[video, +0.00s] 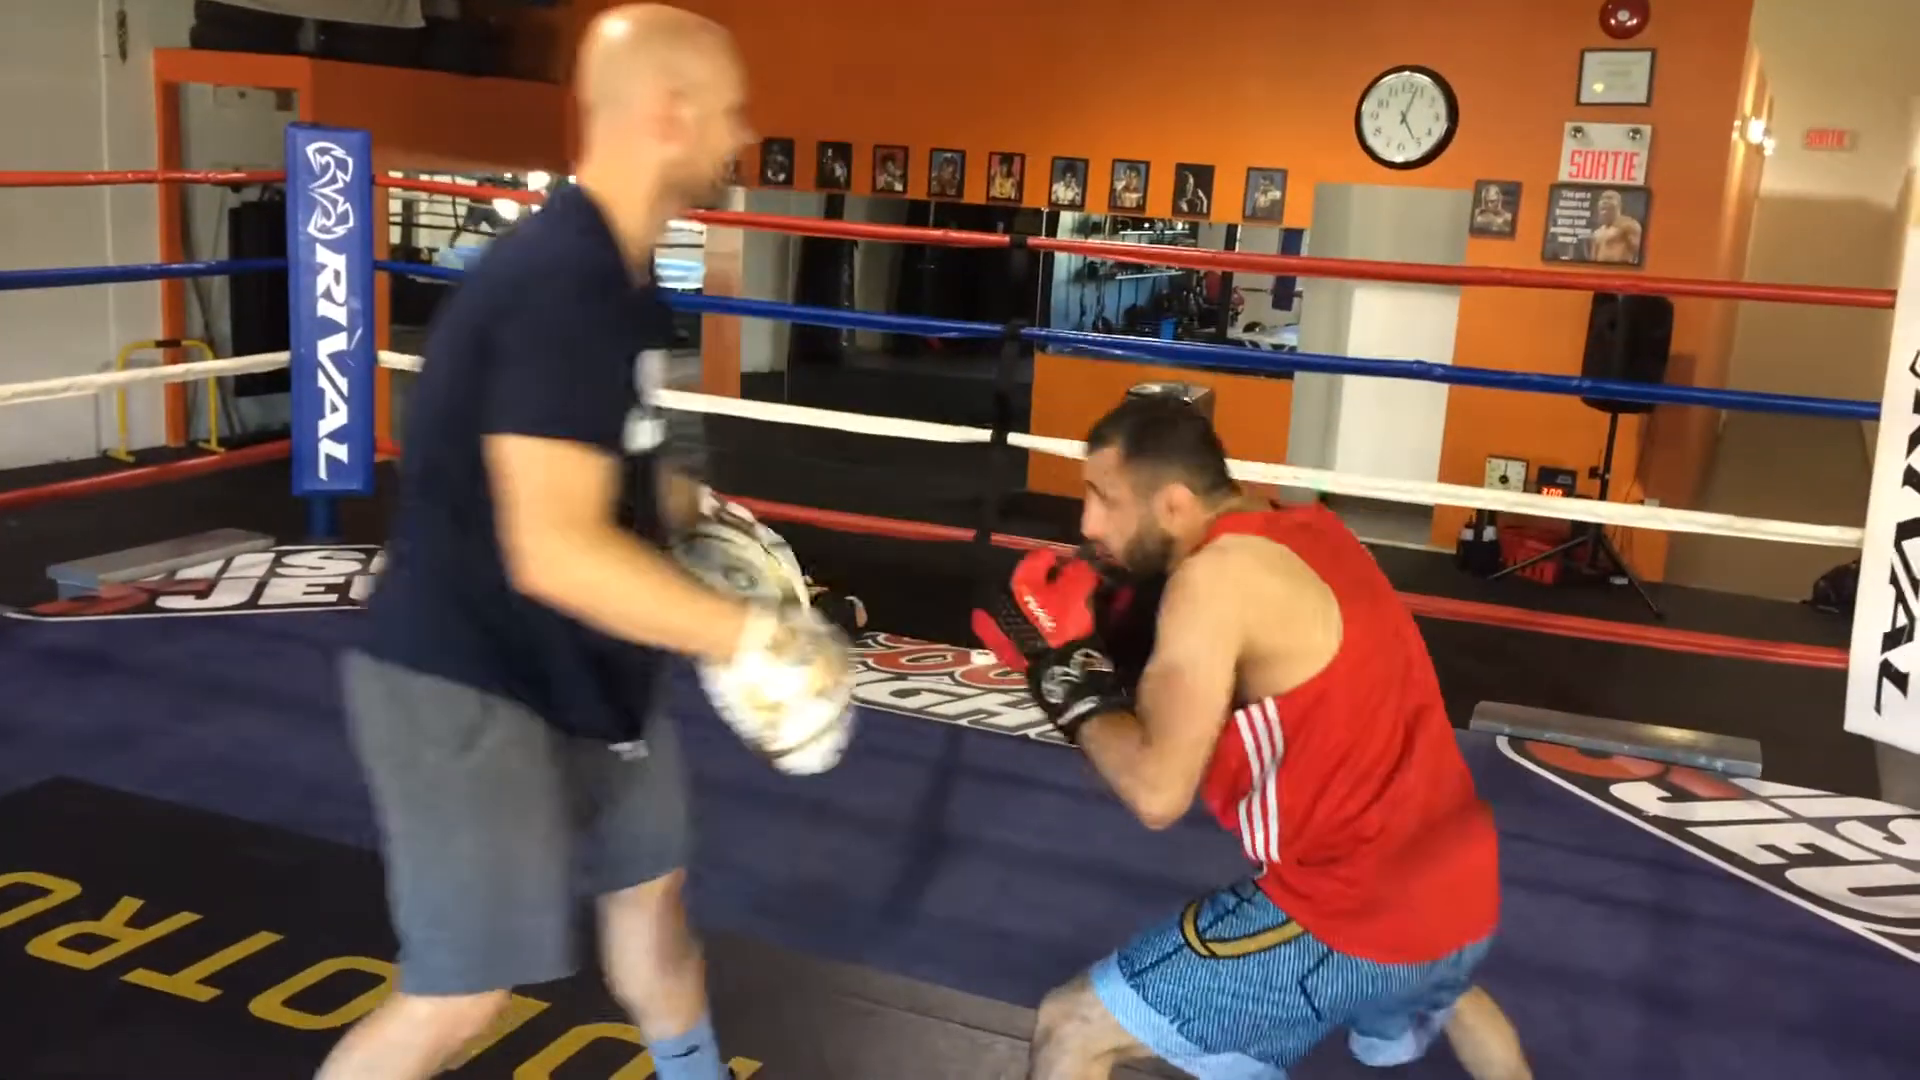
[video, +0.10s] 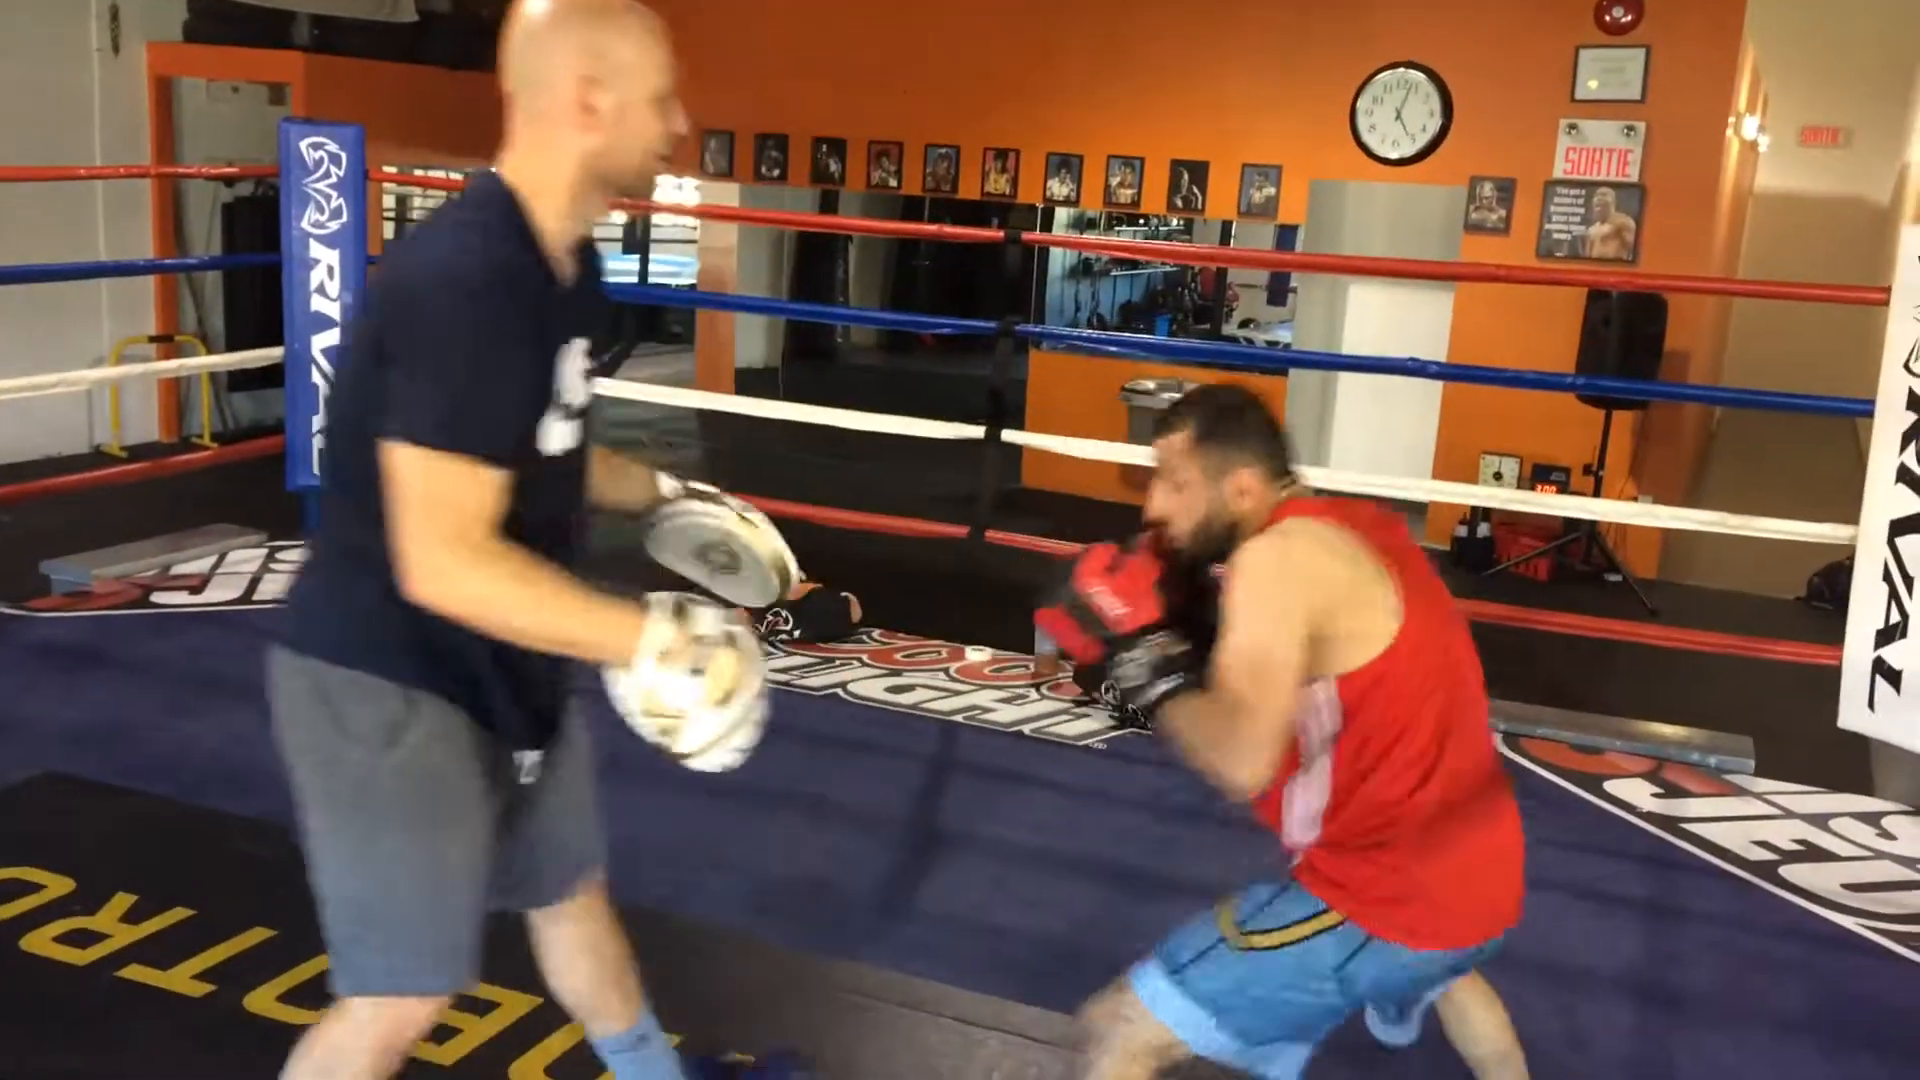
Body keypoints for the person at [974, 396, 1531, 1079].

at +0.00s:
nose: (1084, 522)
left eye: (1100, 499)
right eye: (1085, 496)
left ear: (1174, 504)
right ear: (1190, 502)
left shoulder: (1213, 579)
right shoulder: (1314, 529)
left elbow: (1157, 791)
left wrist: (1067, 680)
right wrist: (1117, 641)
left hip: (1348, 920)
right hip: (1460, 896)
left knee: (1073, 1029)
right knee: (1451, 995)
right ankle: (1514, 1077)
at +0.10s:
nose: (1153, 505)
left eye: (1174, 483)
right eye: (1155, 480)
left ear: (1242, 489)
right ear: (1254, 487)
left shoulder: (1275, 562)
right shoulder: (1359, 526)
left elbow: (1242, 756)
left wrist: (1141, 654)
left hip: (1385, 897)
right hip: (1476, 874)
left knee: (1117, 1032)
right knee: (1446, 971)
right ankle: (1510, 1077)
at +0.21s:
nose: (1208, 446)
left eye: (1229, 423)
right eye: (1208, 422)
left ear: (1305, 427)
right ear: (1311, 429)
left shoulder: (1341, 497)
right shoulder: (1396, 474)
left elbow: (1339, 691)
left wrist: (1224, 609)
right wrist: (1245, 600)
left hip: (1409, 846)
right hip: (1487, 829)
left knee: (1179, 1016)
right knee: (1448, 952)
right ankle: (1516, 1076)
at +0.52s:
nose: (1229, 372)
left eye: (1253, 350)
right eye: (1233, 346)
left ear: (1330, 367)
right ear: (1337, 368)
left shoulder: (1358, 463)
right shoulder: (1417, 428)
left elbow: (1274, 662)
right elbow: (1324, 601)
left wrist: (1190, 534)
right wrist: (1225, 514)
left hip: (1380, 809)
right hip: (1467, 796)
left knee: (1169, 996)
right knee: (1465, 970)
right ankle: (1515, 1078)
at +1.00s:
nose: (1199, 350)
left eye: (1220, 326)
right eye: (1204, 324)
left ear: (1295, 338)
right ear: (1305, 341)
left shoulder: (1299, 440)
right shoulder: (1393, 438)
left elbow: (1283, 645)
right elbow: (1311, 592)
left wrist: (1164, 544)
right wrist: (1195, 507)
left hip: (1251, 814)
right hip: (1357, 812)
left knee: (1054, 1009)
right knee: (1357, 1034)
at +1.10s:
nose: (1176, 379)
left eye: (1195, 355)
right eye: (1180, 353)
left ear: (1268, 366)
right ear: (1279, 366)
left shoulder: (1270, 462)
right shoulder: (1371, 462)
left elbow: (1233, 658)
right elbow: (1285, 618)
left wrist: (1125, 552)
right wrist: (1171, 533)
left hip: (1229, 851)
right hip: (1340, 845)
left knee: (1032, 1045)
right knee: (1340, 1057)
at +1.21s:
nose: (1125, 406)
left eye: (1144, 384)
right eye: (1128, 382)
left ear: (1219, 396)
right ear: (1232, 397)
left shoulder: (1217, 491)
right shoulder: (1329, 485)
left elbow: (1133, 681)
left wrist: (1054, 553)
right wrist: (1127, 524)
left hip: (1194, 891)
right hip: (1316, 888)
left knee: (1009, 1063)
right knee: (1310, 1070)